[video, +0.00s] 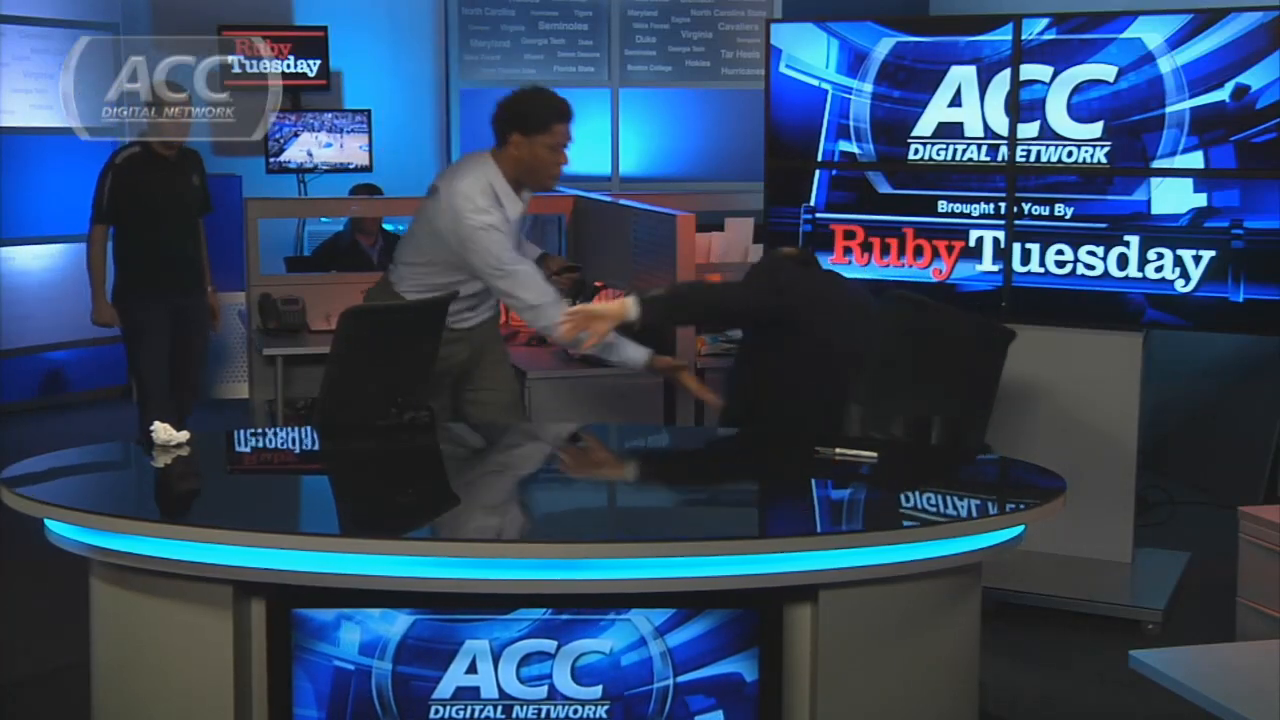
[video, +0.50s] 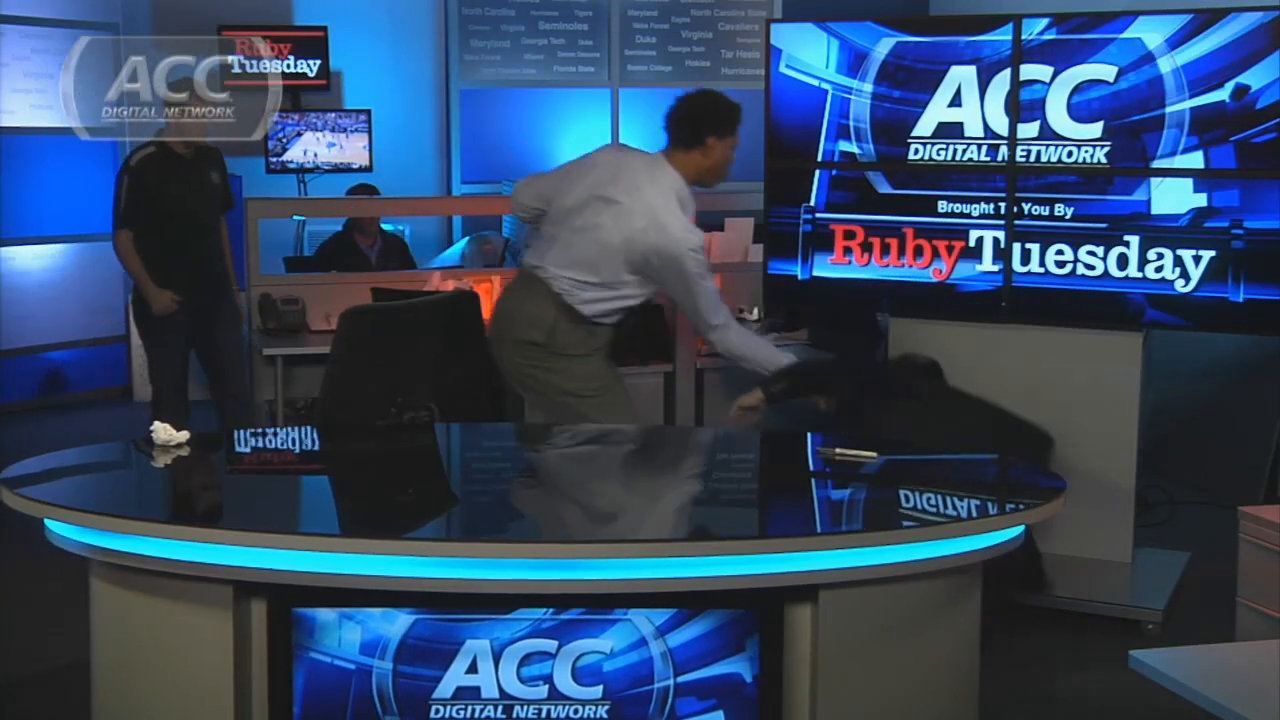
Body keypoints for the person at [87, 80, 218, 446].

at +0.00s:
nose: (180, 122)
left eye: (185, 114)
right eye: (172, 114)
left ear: (190, 117)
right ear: (153, 116)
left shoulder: (191, 161)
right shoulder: (122, 163)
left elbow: (197, 229)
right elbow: (98, 234)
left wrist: (208, 289)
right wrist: (100, 299)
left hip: (188, 291)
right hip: (141, 292)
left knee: (187, 382)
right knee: (152, 386)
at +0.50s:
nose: (202, 121)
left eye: (204, 112)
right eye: (194, 112)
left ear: (208, 115)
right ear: (174, 115)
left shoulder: (212, 159)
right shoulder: (140, 164)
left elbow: (219, 226)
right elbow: (123, 239)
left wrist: (232, 286)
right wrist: (151, 291)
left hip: (213, 294)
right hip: (163, 299)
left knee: (232, 390)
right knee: (170, 397)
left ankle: (242, 470)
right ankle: (173, 480)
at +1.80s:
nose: (406, 138)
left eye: (408, 130)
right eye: (399, 130)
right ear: (371, 128)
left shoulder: (388, 170)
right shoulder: (330, 173)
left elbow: (389, 249)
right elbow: (302, 252)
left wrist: (408, 307)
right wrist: (319, 325)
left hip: (385, 319)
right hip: (343, 321)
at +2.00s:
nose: (433, 137)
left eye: (435, 129)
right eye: (427, 128)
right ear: (398, 123)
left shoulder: (410, 171)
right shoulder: (358, 171)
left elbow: (412, 256)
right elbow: (334, 254)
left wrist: (436, 316)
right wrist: (364, 316)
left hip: (412, 323)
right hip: (373, 326)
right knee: (368, 424)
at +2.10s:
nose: (447, 139)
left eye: (450, 131)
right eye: (441, 129)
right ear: (412, 125)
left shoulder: (424, 173)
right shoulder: (373, 173)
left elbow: (421, 260)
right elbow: (351, 257)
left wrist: (448, 315)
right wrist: (385, 318)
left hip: (428, 321)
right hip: (389, 325)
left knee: (447, 420)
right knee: (390, 424)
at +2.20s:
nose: (465, 142)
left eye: (468, 133)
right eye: (459, 132)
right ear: (429, 128)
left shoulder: (440, 174)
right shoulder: (389, 176)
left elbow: (438, 260)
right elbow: (368, 260)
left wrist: (462, 319)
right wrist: (402, 318)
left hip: (443, 321)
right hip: (404, 325)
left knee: (456, 419)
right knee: (404, 422)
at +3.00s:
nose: (611, 145)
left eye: (613, 137)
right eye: (605, 135)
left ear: (581, 131)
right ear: (577, 129)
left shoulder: (578, 180)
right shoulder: (535, 175)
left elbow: (588, 252)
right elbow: (501, 256)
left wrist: (628, 311)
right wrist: (520, 332)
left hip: (571, 324)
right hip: (542, 325)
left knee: (574, 430)